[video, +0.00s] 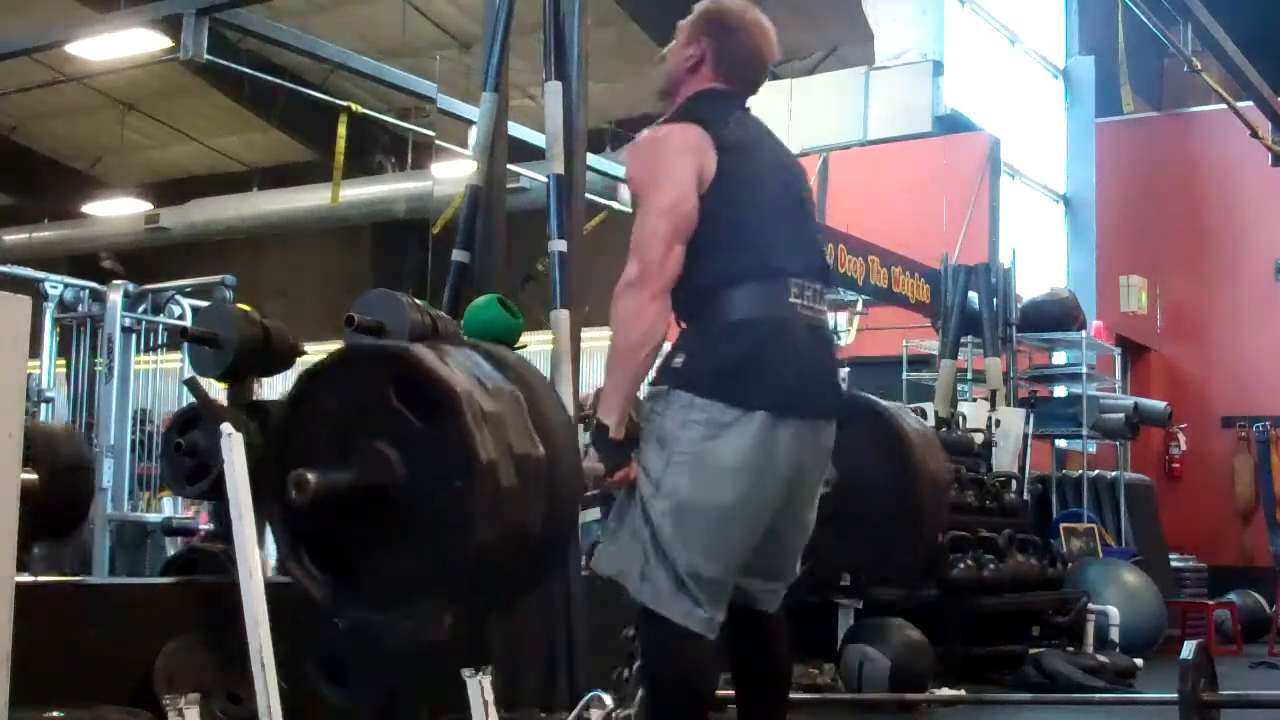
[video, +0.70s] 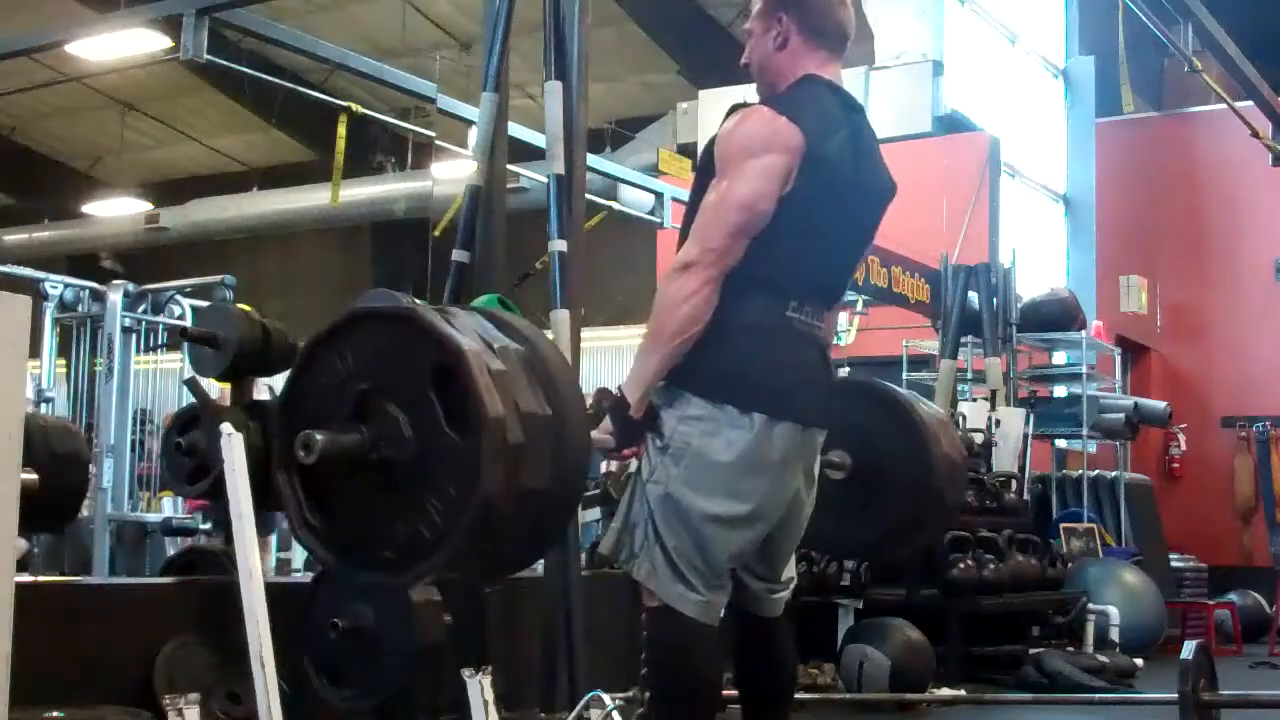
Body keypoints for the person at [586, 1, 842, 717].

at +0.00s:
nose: (662, 54)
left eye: (674, 41)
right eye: (671, 40)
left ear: (697, 53)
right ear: (741, 71)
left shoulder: (675, 138)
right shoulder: (774, 154)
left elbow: (649, 277)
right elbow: (758, 292)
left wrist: (614, 411)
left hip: (731, 376)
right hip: (813, 383)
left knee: (676, 602)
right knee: (758, 600)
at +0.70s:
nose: (742, 54)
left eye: (748, 34)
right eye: (744, 37)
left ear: (782, 30)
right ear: (834, 42)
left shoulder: (767, 124)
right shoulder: (863, 149)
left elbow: (700, 269)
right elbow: (819, 302)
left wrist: (630, 397)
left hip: (724, 382)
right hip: (801, 390)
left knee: (679, 601)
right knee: (760, 601)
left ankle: (681, 719)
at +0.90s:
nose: (743, 55)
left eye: (750, 35)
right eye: (745, 38)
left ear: (784, 31)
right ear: (833, 43)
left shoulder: (768, 125)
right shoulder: (860, 145)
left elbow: (701, 269)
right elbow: (817, 298)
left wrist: (629, 397)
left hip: (726, 377)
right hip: (803, 384)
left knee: (681, 600)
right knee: (761, 600)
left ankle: (679, 719)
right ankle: (768, 719)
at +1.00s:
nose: (726, 56)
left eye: (733, 36)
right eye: (729, 38)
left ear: (764, 32)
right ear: (817, 41)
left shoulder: (755, 123)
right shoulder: (849, 144)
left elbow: (693, 267)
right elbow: (817, 301)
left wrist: (628, 396)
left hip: (725, 380)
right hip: (806, 388)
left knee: (679, 600)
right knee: (762, 600)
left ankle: (676, 719)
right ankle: (768, 719)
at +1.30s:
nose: (618, 112)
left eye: (623, 98)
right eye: (620, 98)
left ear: (645, 97)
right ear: (698, 107)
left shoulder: (651, 166)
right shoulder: (736, 172)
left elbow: (633, 310)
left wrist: (612, 462)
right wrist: (680, 422)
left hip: (759, 376)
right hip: (835, 376)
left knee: (666, 604)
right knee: (773, 612)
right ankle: (765, 718)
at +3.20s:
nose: (754, 45)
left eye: (764, 26)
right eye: (759, 29)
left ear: (796, 29)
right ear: (842, 48)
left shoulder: (760, 129)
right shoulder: (858, 152)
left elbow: (691, 271)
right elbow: (818, 307)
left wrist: (619, 396)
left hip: (712, 396)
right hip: (791, 403)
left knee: (675, 606)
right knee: (754, 598)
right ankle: (766, 719)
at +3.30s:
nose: (756, 53)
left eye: (765, 33)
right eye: (760, 36)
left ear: (798, 34)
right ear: (845, 51)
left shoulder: (769, 130)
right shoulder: (862, 151)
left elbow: (695, 271)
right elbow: (818, 307)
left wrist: (619, 399)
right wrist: (801, 410)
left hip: (714, 386)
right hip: (789, 391)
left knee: (675, 599)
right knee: (753, 594)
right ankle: (764, 719)